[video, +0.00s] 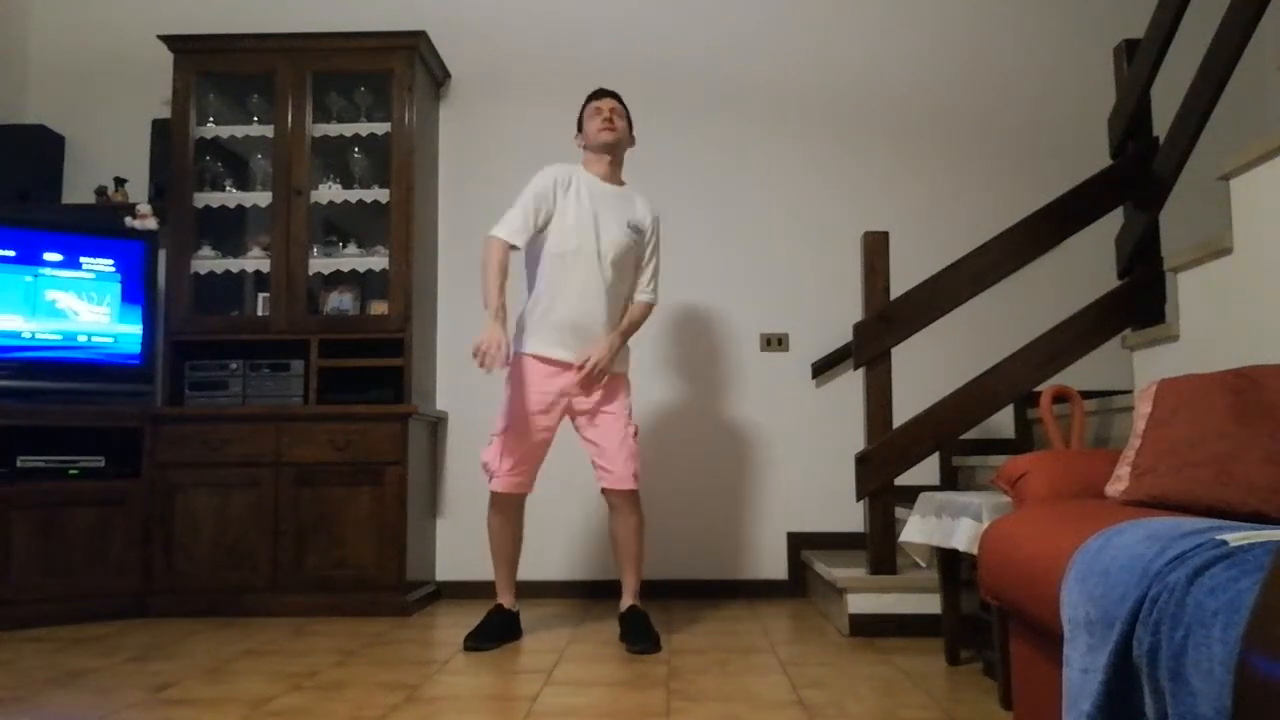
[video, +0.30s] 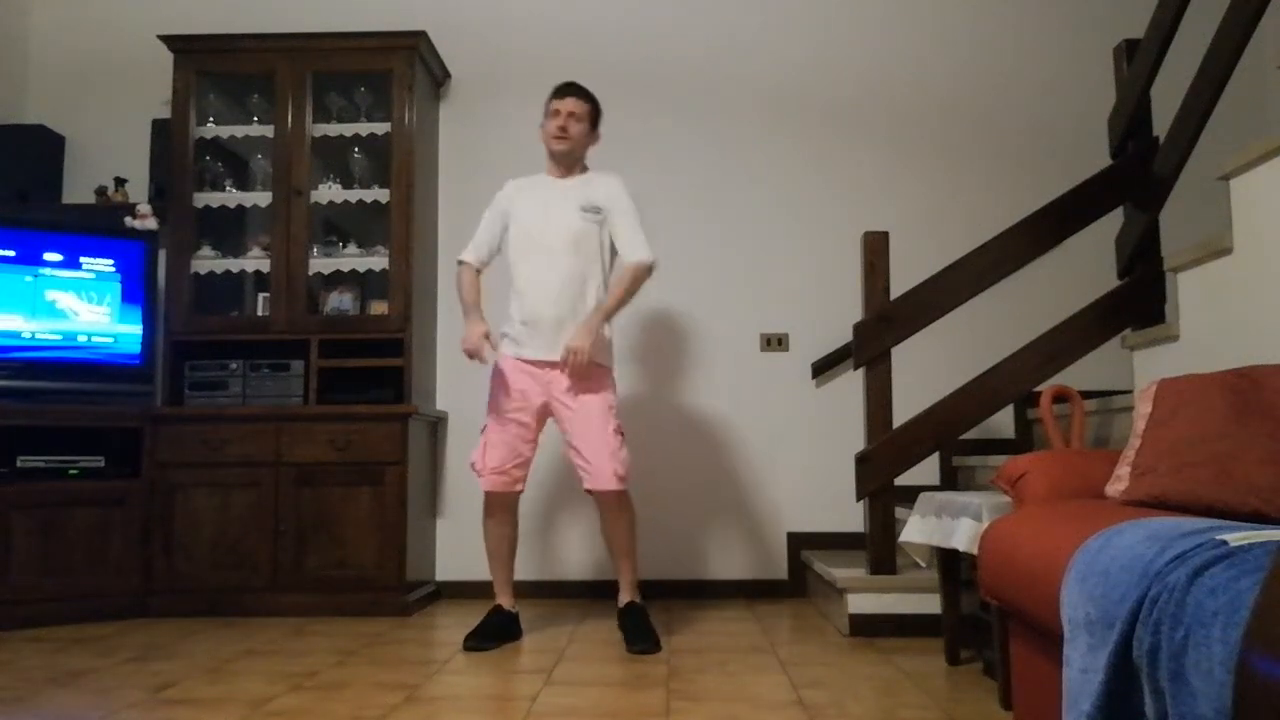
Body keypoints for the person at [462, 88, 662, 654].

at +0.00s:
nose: (607, 117)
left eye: (617, 114)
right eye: (596, 113)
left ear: (630, 138)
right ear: (579, 135)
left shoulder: (640, 210)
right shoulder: (554, 181)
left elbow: (645, 295)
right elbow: (499, 243)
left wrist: (616, 339)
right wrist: (496, 321)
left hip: (604, 369)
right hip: (538, 362)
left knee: (623, 485)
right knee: (507, 485)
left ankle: (632, 606)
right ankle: (505, 608)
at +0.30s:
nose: (562, 124)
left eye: (576, 118)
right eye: (555, 115)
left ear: (593, 134)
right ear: (541, 127)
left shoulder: (605, 189)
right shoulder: (512, 195)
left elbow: (639, 261)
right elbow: (470, 262)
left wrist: (593, 323)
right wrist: (473, 319)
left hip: (585, 369)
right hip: (517, 367)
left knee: (610, 484)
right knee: (498, 484)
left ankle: (630, 601)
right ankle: (503, 609)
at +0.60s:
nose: (515, 116)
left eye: (528, 111)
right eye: (510, 112)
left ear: (554, 133)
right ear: (505, 136)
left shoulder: (572, 178)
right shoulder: (502, 217)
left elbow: (622, 245)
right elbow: (502, 303)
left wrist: (583, 306)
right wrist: (501, 367)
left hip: (594, 365)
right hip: (533, 371)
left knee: (618, 479)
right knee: (505, 484)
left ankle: (632, 598)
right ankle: (506, 608)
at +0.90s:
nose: (565, 122)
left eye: (572, 109)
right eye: (553, 117)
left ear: (595, 114)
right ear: (547, 131)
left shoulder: (631, 183)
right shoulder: (535, 191)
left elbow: (656, 265)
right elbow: (488, 265)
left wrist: (608, 309)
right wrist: (500, 342)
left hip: (607, 369)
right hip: (535, 365)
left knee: (626, 485)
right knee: (486, 465)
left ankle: (629, 605)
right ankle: (494, 591)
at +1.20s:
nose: (605, 119)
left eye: (616, 113)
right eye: (595, 114)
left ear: (634, 133)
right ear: (581, 133)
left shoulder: (645, 214)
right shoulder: (558, 187)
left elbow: (652, 303)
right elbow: (496, 254)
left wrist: (622, 362)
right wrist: (503, 336)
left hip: (608, 377)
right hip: (538, 370)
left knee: (627, 487)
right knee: (497, 480)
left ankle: (628, 607)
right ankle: (502, 600)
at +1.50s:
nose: (562, 137)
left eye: (574, 128)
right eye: (554, 126)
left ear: (589, 134)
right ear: (538, 127)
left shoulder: (608, 200)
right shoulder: (512, 198)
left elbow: (628, 287)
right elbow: (480, 277)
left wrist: (609, 350)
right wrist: (508, 339)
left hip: (591, 368)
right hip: (524, 368)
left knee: (627, 469)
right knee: (501, 485)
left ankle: (632, 597)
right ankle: (508, 609)